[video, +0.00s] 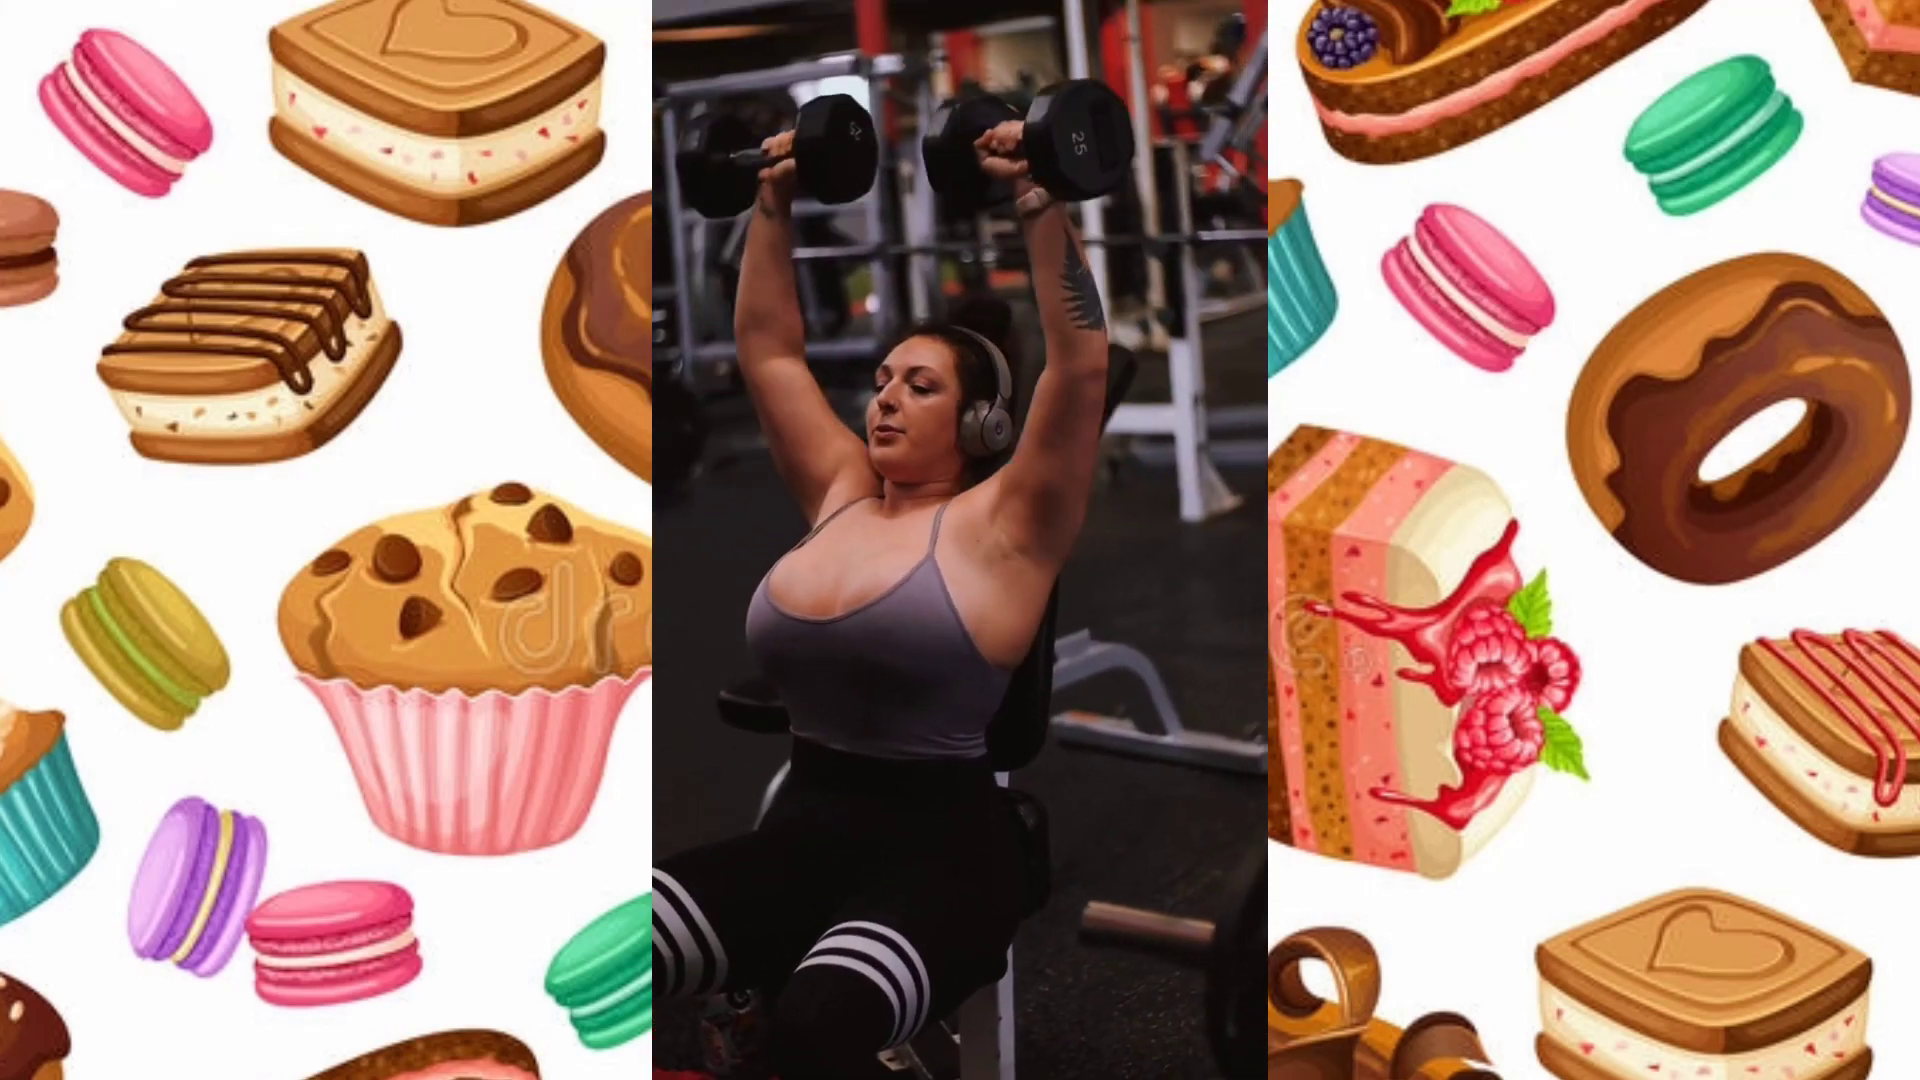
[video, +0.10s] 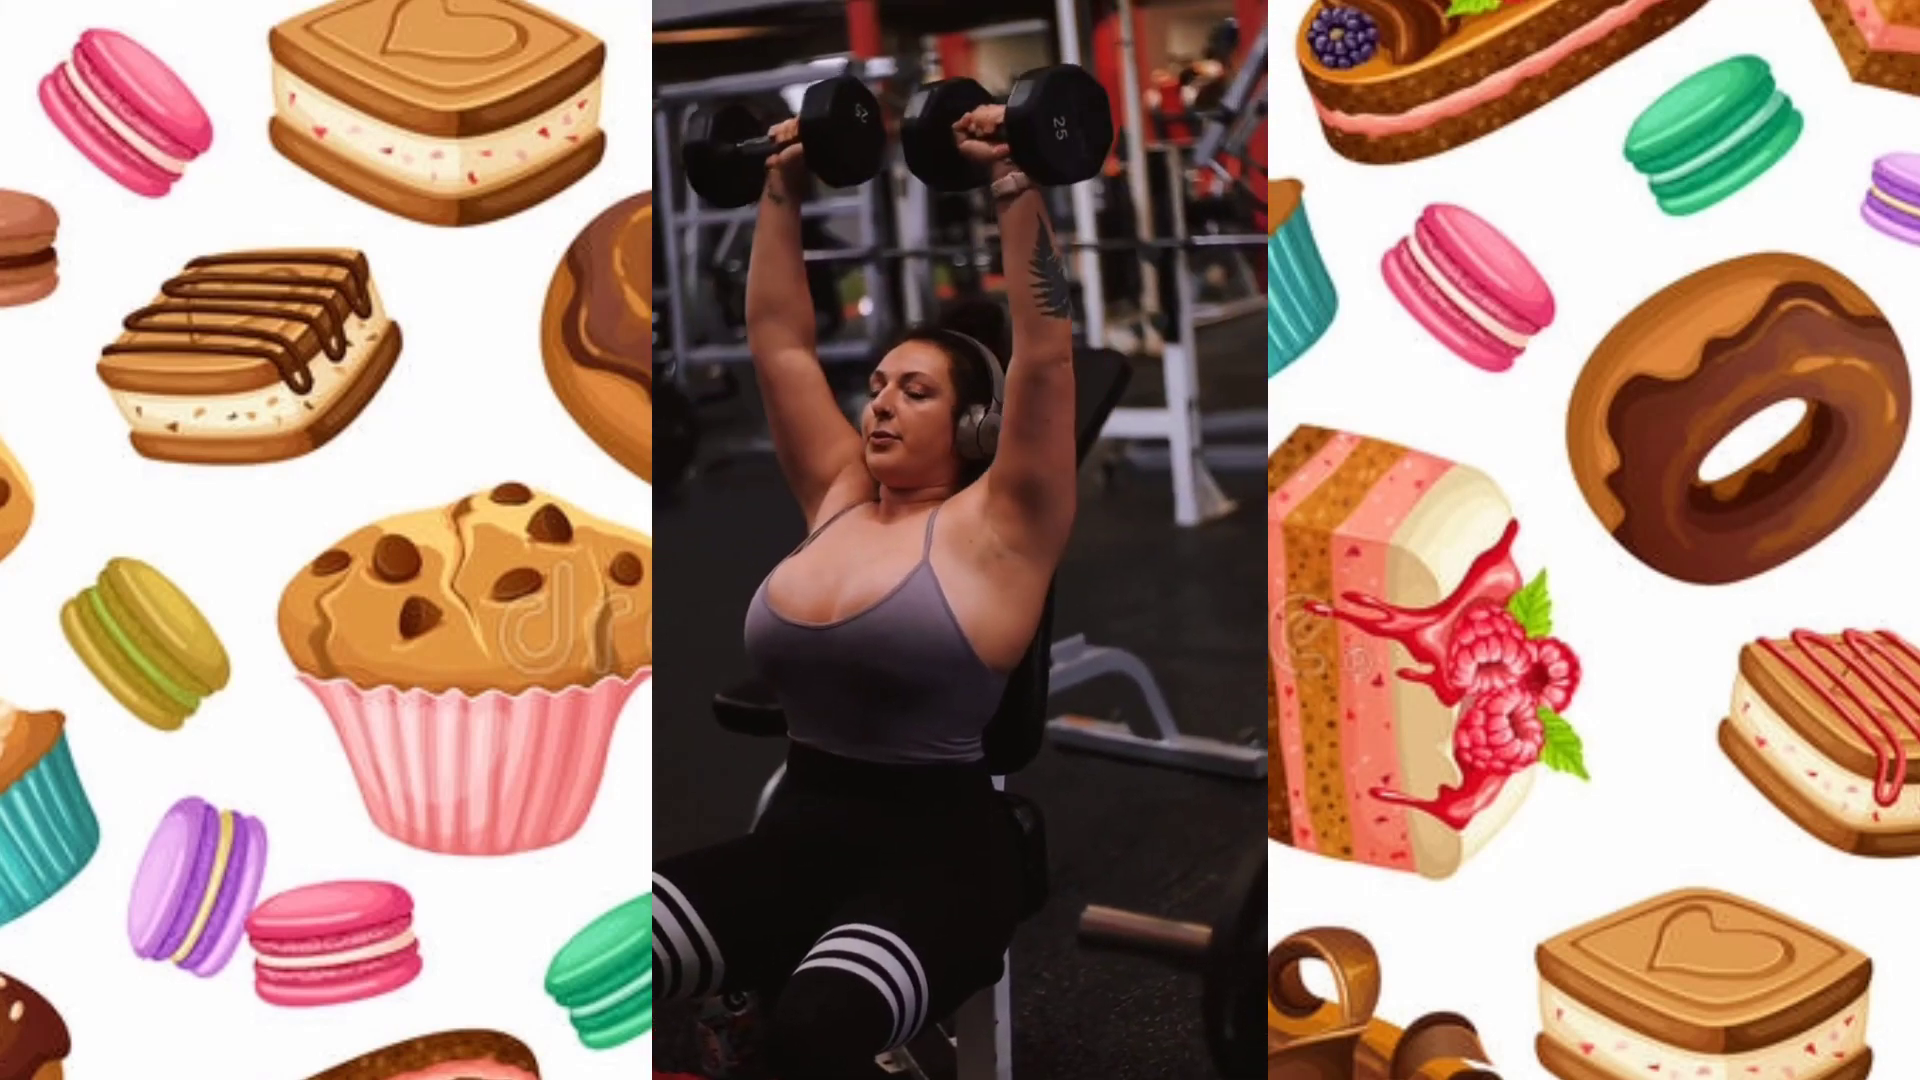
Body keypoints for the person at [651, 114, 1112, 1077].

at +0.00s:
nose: (885, 400)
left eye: (919, 386)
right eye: (884, 383)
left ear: (979, 421)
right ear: (871, 405)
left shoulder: (1009, 523)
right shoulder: (842, 490)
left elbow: (1080, 364)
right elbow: (769, 349)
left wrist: (1036, 201)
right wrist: (773, 201)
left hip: (945, 849)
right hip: (808, 832)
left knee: (810, 1028)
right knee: (605, 945)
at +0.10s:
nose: (883, 404)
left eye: (914, 390)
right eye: (878, 388)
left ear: (971, 419)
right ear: (864, 410)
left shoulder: (1004, 524)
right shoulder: (839, 493)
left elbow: (1045, 358)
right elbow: (779, 341)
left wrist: (1014, 191)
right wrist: (780, 183)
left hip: (943, 851)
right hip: (804, 834)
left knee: (811, 1025)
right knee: (606, 947)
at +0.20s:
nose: (887, 411)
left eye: (919, 396)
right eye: (882, 394)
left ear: (974, 423)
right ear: (866, 417)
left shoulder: (1005, 524)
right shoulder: (843, 499)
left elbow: (1022, 353)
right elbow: (796, 341)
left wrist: (1001, 184)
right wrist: (798, 185)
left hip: (946, 853)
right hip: (810, 839)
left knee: (816, 1026)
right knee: (611, 953)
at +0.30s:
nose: (891, 421)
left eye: (924, 406)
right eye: (886, 404)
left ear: (980, 433)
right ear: (870, 427)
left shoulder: (1007, 534)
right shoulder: (849, 508)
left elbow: (1020, 363)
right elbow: (809, 347)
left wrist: (1000, 192)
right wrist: (814, 185)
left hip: (945, 864)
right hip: (809, 848)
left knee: (815, 1036)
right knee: (603, 961)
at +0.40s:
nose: (894, 432)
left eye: (926, 417)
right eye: (888, 414)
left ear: (981, 442)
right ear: (873, 436)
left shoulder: (1009, 544)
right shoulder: (851, 517)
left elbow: (1019, 373)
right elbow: (815, 357)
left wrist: (999, 203)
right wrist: (823, 197)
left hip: (945, 875)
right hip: (810, 859)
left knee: (823, 1041)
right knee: (605, 972)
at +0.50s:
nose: (894, 435)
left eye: (927, 421)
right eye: (889, 417)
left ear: (982, 447)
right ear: (873, 438)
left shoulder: (1011, 549)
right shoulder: (853, 523)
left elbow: (1023, 377)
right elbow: (818, 362)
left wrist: (999, 208)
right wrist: (829, 200)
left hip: (946, 880)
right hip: (812, 864)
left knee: (825, 1043)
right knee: (606, 974)